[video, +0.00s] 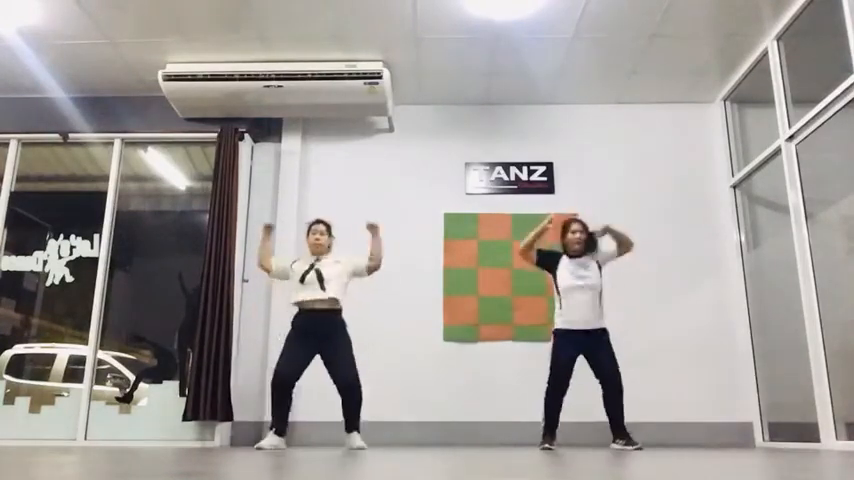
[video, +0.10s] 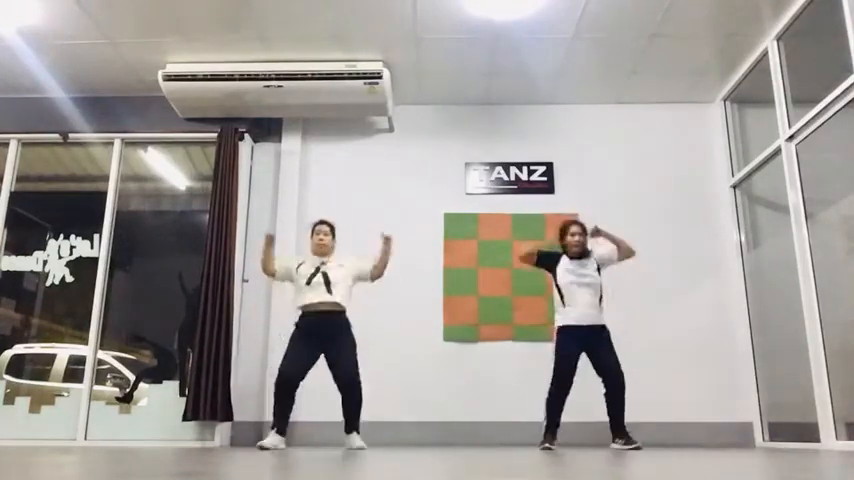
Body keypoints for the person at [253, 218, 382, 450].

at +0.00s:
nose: (317, 237)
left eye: (322, 234)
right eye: (313, 233)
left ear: (330, 240)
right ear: (307, 239)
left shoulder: (343, 264)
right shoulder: (296, 266)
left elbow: (374, 265)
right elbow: (265, 264)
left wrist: (375, 236)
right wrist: (267, 235)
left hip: (333, 326)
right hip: (303, 326)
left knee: (349, 382)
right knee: (282, 379)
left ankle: (353, 434)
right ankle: (277, 434)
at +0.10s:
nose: (322, 237)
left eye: (327, 234)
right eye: (318, 234)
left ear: (333, 241)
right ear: (311, 240)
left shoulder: (346, 265)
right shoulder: (299, 265)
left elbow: (375, 273)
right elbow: (270, 270)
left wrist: (385, 251)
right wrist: (268, 248)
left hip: (337, 326)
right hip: (307, 326)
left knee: (350, 379)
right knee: (286, 378)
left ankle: (352, 434)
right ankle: (278, 434)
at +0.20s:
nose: (325, 240)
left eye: (330, 237)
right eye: (322, 237)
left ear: (337, 244)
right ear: (315, 243)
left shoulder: (345, 271)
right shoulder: (305, 266)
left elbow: (364, 286)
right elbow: (279, 277)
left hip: (340, 326)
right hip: (312, 326)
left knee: (353, 379)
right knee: (290, 378)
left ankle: (353, 434)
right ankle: (278, 434)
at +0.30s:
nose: (332, 239)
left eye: (336, 236)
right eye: (328, 236)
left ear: (345, 243)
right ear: (322, 242)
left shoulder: (353, 272)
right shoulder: (311, 264)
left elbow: (379, 297)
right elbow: (286, 285)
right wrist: (286, 319)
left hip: (343, 330)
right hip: (313, 328)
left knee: (355, 380)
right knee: (291, 378)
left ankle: (353, 433)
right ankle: (278, 433)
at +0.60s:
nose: (325, 261)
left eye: (329, 256)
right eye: (321, 258)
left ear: (340, 260)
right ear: (318, 262)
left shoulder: (348, 286)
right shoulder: (311, 285)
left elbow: (360, 318)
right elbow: (288, 310)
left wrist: (352, 351)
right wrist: (289, 339)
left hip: (334, 349)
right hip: (305, 345)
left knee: (347, 391)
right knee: (273, 381)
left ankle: (351, 436)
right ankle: (285, 434)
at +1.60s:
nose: (344, 243)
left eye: (349, 240)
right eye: (340, 240)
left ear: (357, 243)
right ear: (335, 243)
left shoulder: (367, 268)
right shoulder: (326, 267)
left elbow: (378, 298)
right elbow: (315, 297)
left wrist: (364, 325)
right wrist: (319, 323)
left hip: (356, 325)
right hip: (328, 323)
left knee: (369, 379)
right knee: (306, 375)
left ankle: (379, 429)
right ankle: (296, 428)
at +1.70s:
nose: (346, 241)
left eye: (350, 236)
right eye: (342, 238)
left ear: (358, 240)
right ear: (337, 242)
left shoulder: (368, 265)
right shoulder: (331, 267)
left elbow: (384, 295)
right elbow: (319, 297)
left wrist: (366, 318)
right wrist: (326, 322)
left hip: (360, 320)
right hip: (333, 319)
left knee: (367, 373)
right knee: (306, 361)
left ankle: (374, 426)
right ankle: (278, 411)